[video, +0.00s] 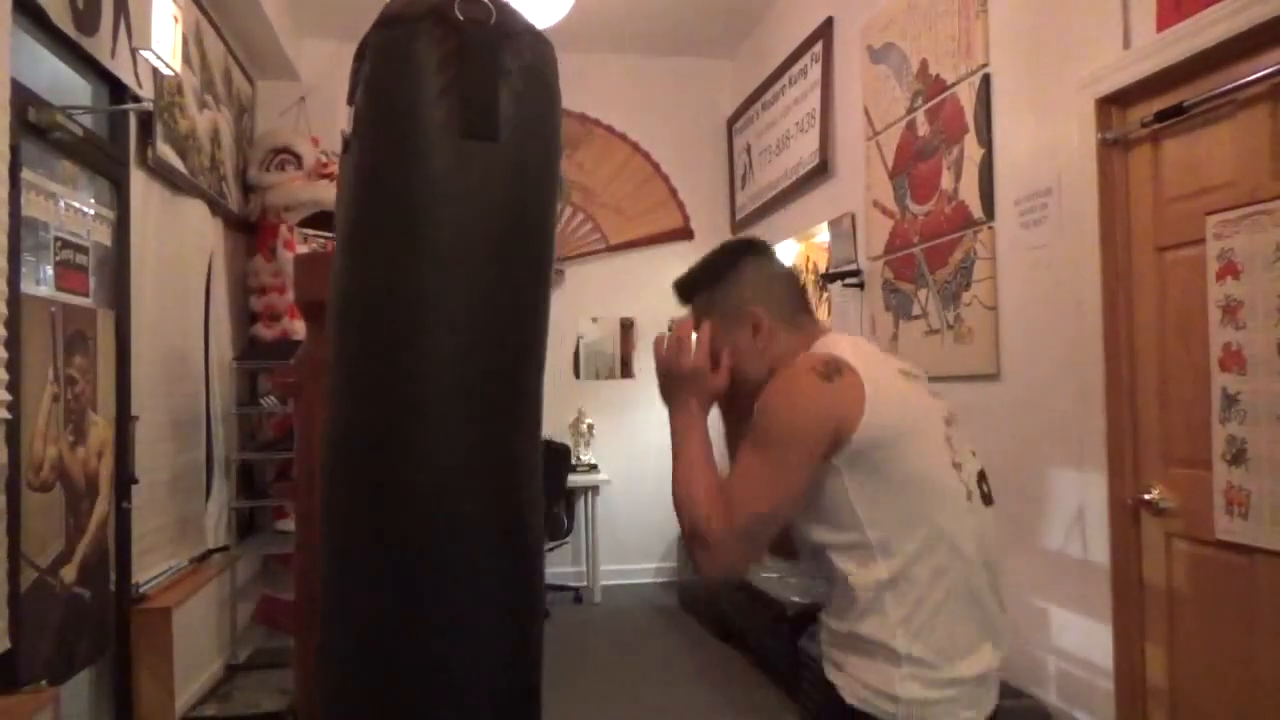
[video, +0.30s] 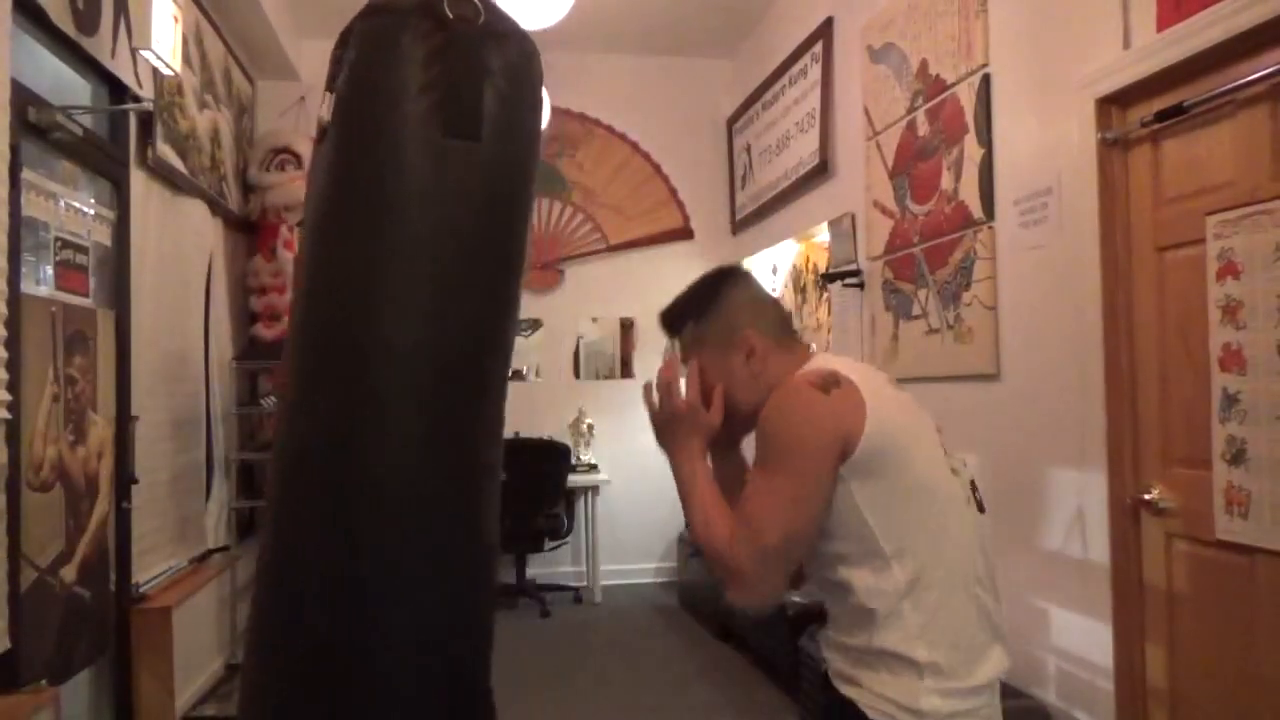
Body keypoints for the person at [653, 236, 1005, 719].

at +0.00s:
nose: (710, 363)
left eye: (713, 345)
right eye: (706, 347)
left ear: (756, 328)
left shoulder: (812, 384)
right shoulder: (866, 364)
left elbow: (719, 555)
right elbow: (783, 539)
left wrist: (686, 407)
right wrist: (734, 405)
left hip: (894, 696)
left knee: (706, 600)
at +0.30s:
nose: (700, 390)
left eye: (700, 371)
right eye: (693, 374)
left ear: (748, 349)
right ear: (752, 346)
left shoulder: (807, 400)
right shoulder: (840, 383)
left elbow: (751, 584)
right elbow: (777, 565)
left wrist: (686, 452)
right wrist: (723, 450)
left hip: (905, 702)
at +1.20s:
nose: (620, 449)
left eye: (621, 430)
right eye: (615, 432)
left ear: (663, 419)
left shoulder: (757, 488)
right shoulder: (779, 444)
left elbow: (700, 690)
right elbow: (713, 642)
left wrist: (619, 543)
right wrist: (654, 514)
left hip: (890, 711)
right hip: (946, 698)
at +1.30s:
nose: (650, 406)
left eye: (652, 385)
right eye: (647, 387)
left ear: (692, 378)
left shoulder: (765, 447)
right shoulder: (802, 410)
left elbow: (690, 628)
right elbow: (723, 587)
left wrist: (638, 484)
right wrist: (686, 462)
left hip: (891, 708)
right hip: (950, 691)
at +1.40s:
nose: (676, 363)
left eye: (676, 343)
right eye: (672, 345)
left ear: (718, 331)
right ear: (770, 316)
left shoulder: (776, 397)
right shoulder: (827, 371)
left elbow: (691, 570)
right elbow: (749, 549)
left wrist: (644, 430)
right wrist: (707, 418)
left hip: (886, 700)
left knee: (712, 597)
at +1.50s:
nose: (695, 347)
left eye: (696, 328)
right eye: (692, 330)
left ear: (737, 316)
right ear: (741, 316)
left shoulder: (786, 376)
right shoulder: (836, 353)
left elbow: (704, 549)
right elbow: (757, 528)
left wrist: (647, 418)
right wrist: (716, 402)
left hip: (884, 695)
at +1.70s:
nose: (723, 360)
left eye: (722, 341)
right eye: (718, 344)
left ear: (767, 326)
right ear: (773, 326)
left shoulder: (817, 376)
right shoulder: (874, 364)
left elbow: (737, 538)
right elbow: (789, 532)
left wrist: (662, 413)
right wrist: (747, 409)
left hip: (867, 696)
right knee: (709, 597)